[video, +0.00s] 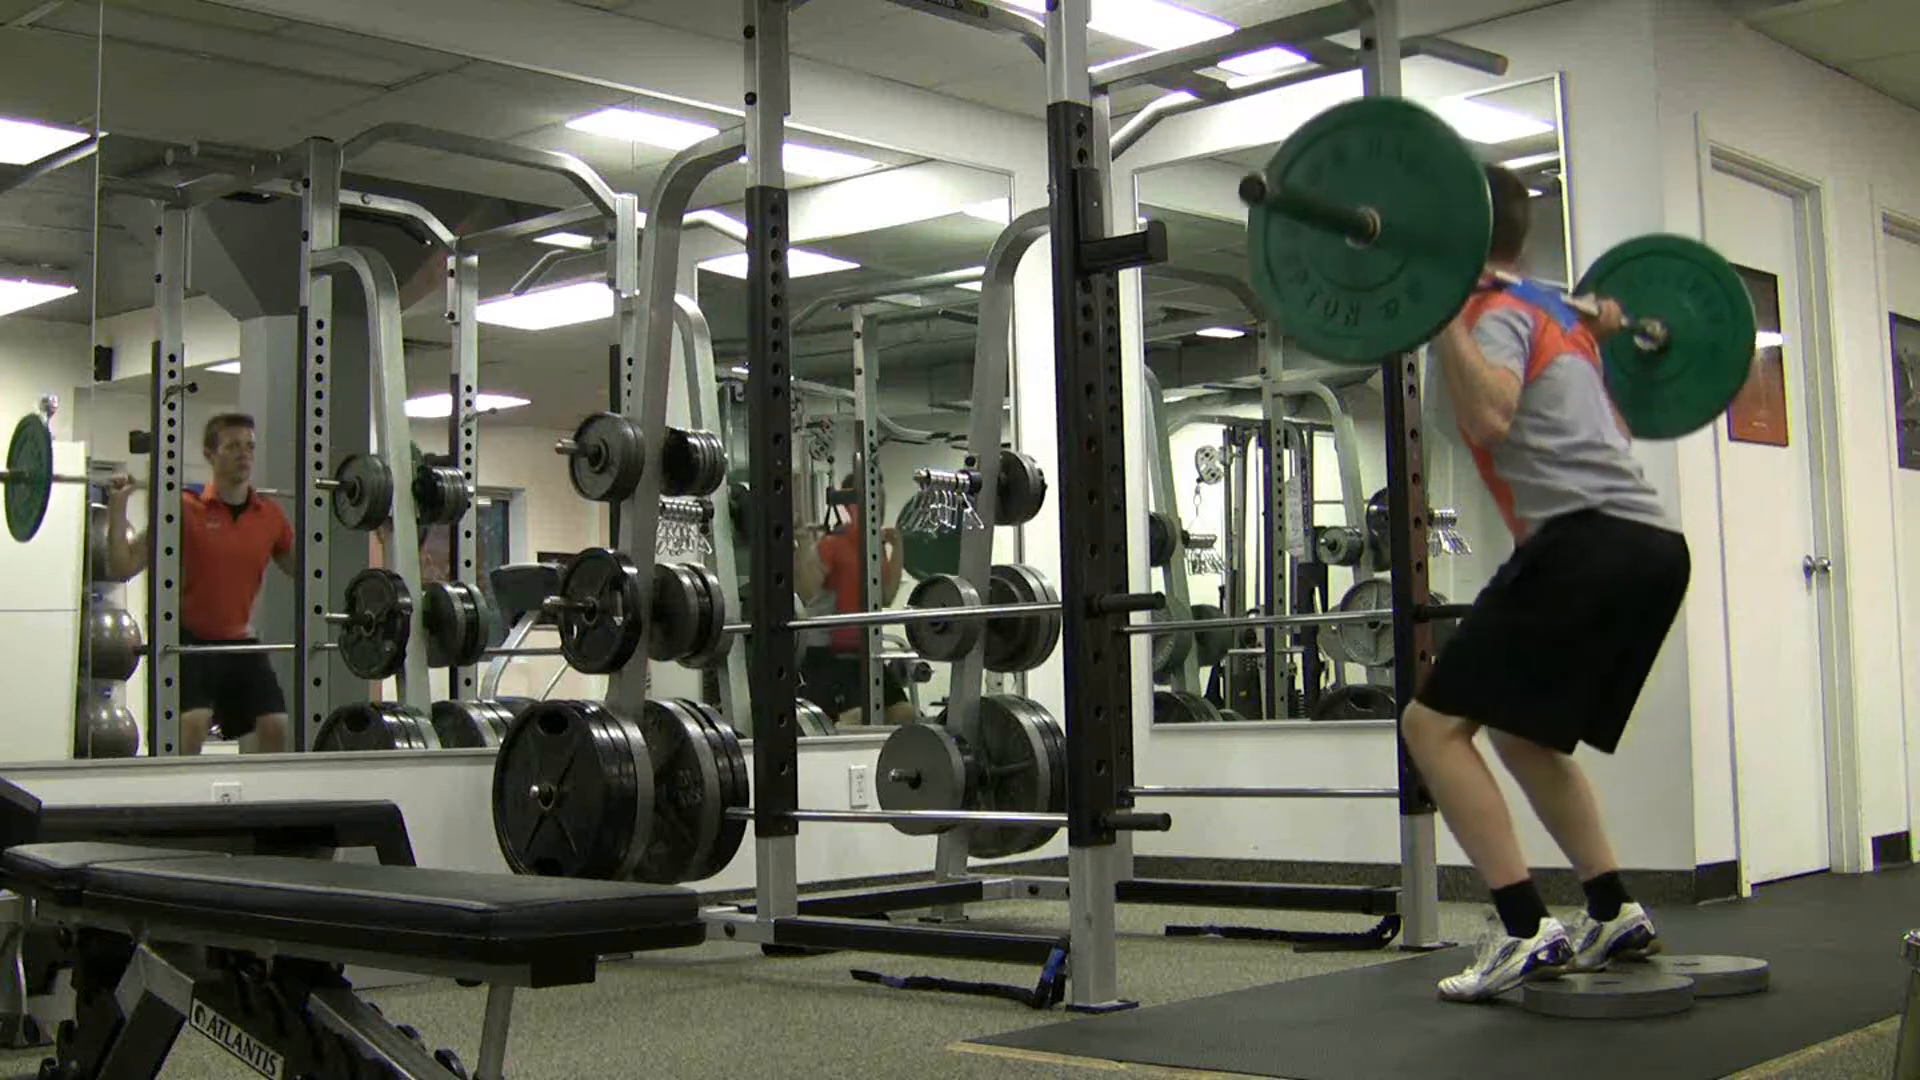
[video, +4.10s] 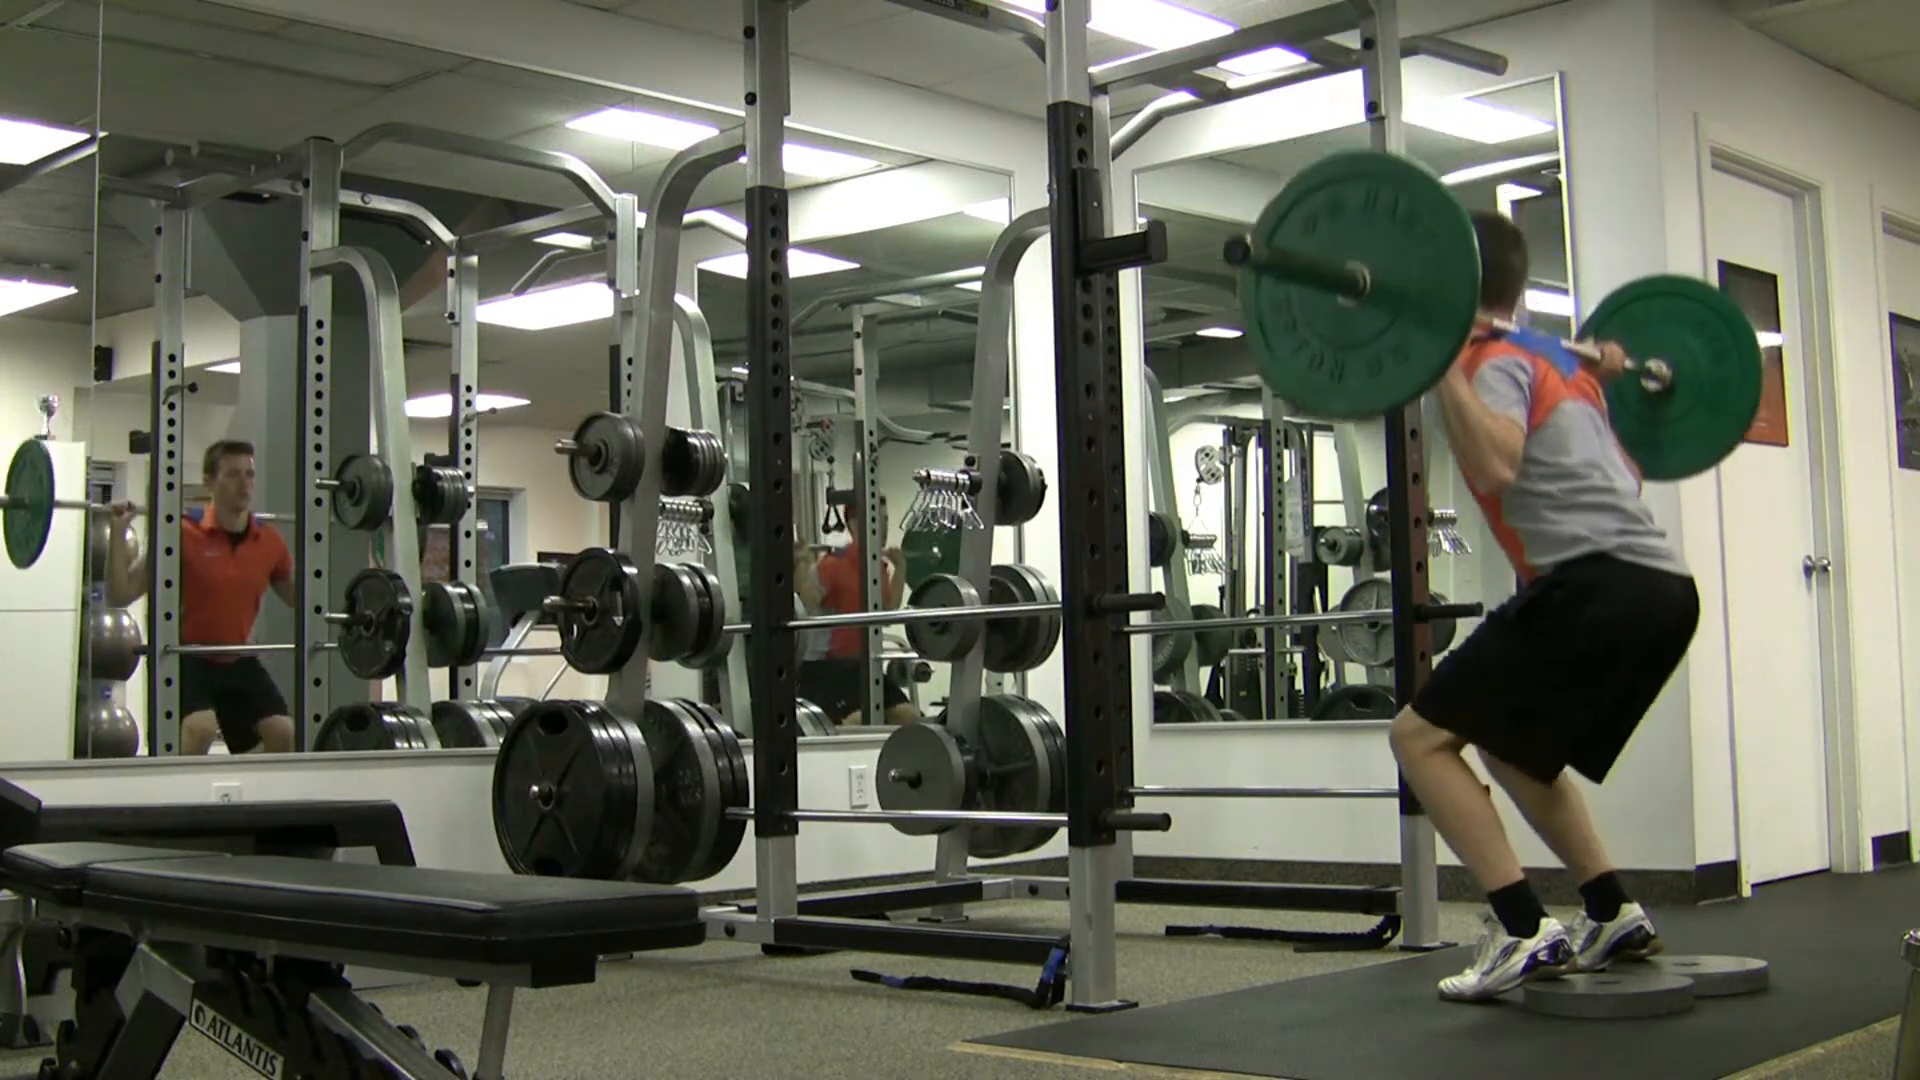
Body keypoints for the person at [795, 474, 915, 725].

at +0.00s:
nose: (871, 506)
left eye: (876, 498)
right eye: (863, 499)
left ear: (882, 501)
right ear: (848, 506)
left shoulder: (875, 545)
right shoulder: (833, 544)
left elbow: (887, 596)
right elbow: (808, 593)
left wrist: (897, 548)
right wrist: (804, 547)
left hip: (869, 652)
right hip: (835, 652)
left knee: (903, 716)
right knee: (852, 721)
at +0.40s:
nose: (874, 545)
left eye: (880, 536)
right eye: (866, 537)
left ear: (886, 540)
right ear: (851, 542)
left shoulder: (881, 585)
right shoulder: (832, 584)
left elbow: (887, 632)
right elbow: (816, 632)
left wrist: (899, 584)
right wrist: (803, 587)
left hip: (869, 678)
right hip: (830, 678)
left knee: (909, 716)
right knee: (860, 717)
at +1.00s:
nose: (887, 586)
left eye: (889, 579)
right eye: (879, 580)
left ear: (893, 581)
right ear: (857, 585)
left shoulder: (883, 622)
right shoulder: (836, 623)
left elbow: (891, 668)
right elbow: (807, 673)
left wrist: (903, 625)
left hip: (872, 704)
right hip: (838, 706)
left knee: (917, 721)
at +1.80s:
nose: (887, 560)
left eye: (888, 552)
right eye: (879, 553)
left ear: (891, 554)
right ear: (857, 557)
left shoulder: (880, 596)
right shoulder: (835, 595)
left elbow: (889, 645)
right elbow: (812, 644)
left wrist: (902, 601)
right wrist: (807, 600)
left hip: (870, 687)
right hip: (836, 687)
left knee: (915, 720)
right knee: (864, 727)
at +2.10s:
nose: (881, 520)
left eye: (883, 512)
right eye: (872, 512)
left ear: (886, 515)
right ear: (852, 516)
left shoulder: (877, 558)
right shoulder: (830, 558)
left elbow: (887, 606)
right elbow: (809, 602)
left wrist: (900, 558)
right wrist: (799, 560)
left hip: (870, 661)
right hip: (836, 662)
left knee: (910, 720)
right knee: (857, 722)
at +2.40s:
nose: (878, 487)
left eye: (879, 479)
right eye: (871, 479)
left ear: (880, 483)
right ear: (850, 482)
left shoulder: (873, 525)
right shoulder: (828, 525)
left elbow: (886, 576)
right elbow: (799, 573)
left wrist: (897, 529)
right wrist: (798, 525)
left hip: (864, 630)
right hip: (832, 630)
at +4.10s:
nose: (876, 525)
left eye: (881, 518)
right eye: (867, 518)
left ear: (886, 522)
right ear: (850, 522)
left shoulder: (879, 566)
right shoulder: (833, 563)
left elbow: (890, 609)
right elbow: (813, 602)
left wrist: (900, 568)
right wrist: (801, 567)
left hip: (869, 664)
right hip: (835, 664)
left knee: (909, 719)